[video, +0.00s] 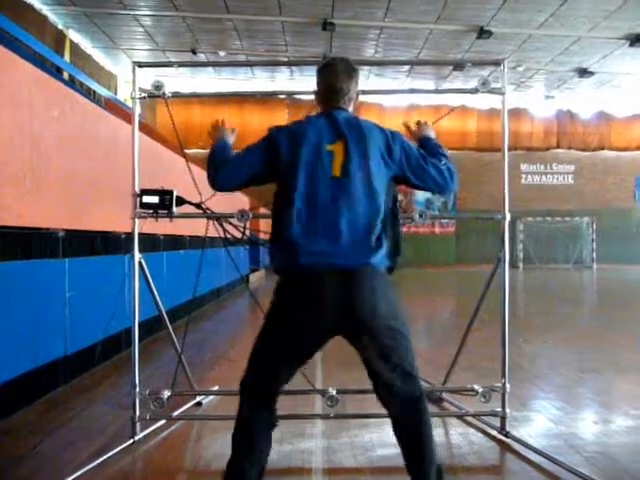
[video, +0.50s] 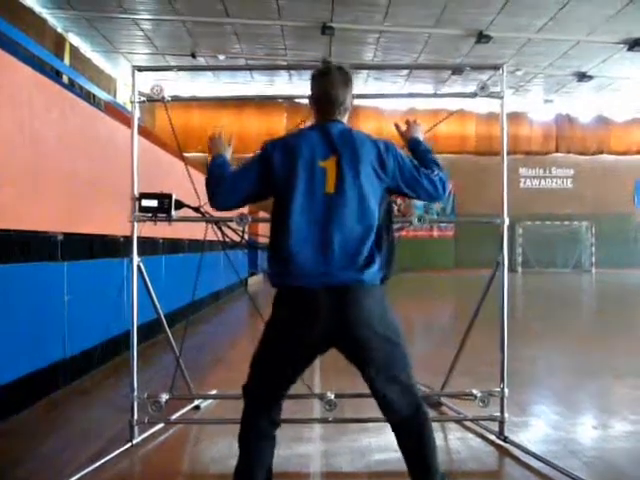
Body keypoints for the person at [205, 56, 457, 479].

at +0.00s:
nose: (338, 97)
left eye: (322, 90)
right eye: (350, 91)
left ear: (316, 94)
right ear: (356, 95)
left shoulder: (289, 139)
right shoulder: (381, 140)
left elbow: (223, 177)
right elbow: (443, 181)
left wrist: (222, 143)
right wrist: (427, 141)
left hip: (303, 290)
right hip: (367, 289)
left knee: (258, 390)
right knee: (404, 393)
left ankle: (243, 476)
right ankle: (428, 475)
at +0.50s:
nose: (326, 102)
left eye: (316, 96)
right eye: (345, 97)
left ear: (310, 102)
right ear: (350, 103)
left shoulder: (282, 152)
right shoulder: (375, 152)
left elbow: (222, 196)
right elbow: (437, 189)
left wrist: (218, 157)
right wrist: (416, 142)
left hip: (299, 304)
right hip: (361, 304)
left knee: (262, 398)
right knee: (404, 403)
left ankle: (251, 477)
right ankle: (429, 475)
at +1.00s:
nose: (276, 119)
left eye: (264, 114)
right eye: (276, 115)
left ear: (241, 121)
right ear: (276, 122)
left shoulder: (222, 159)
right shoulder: (296, 166)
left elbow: (190, 141)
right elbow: (343, 221)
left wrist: (165, 110)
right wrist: (374, 202)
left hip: (254, 296)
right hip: (306, 294)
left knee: (196, 392)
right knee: (368, 389)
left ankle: (150, 471)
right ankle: (417, 471)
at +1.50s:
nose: (365, 110)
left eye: (361, 103)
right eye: (364, 104)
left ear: (325, 105)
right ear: (360, 106)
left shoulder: (293, 135)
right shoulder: (369, 145)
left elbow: (242, 116)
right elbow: (436, 175)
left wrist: (257, 81)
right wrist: (438, 148)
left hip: (298, 278)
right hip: (351, 279)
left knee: (264, 373)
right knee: (415, 358)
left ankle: (235, 469)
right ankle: (423, 448)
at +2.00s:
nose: (333, 118)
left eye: (331, 112)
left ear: (331, 116)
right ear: (365, 115)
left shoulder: (314, 154)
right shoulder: (386, 148)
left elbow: (249, 167)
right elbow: (416, 115)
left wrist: (256, 126)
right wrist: (371, 96)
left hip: (314, 278)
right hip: (363, 279)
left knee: (263, 356)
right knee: (413, 368)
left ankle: (254, 464)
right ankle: (431, 464)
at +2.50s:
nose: (333, 131)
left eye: (331, 126)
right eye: (331, 126)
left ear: (291, 127)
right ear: (325, 128)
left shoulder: (263, 163)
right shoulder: (336, 163)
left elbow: (219, 159)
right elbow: (388, 204)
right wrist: (388, 168)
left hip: (289, 286)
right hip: (335, 284)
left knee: (237, 368)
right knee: (365, 366)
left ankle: (222, 462)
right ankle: (365, 466)